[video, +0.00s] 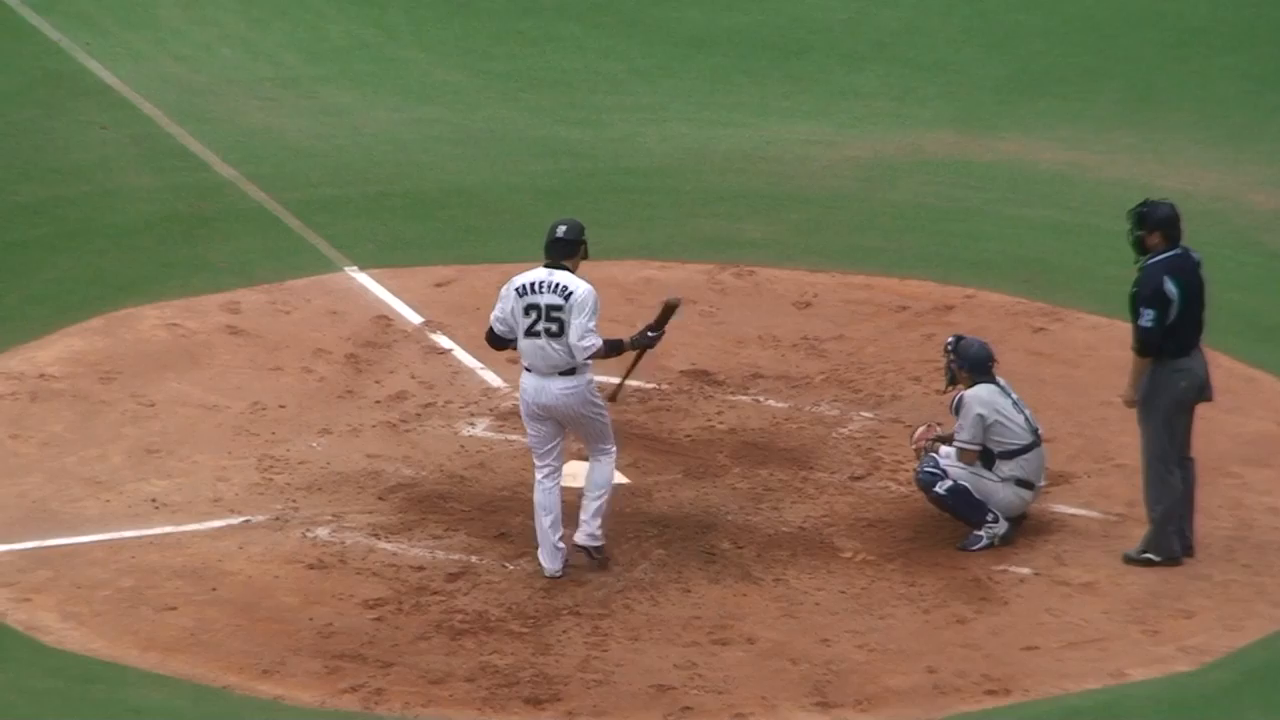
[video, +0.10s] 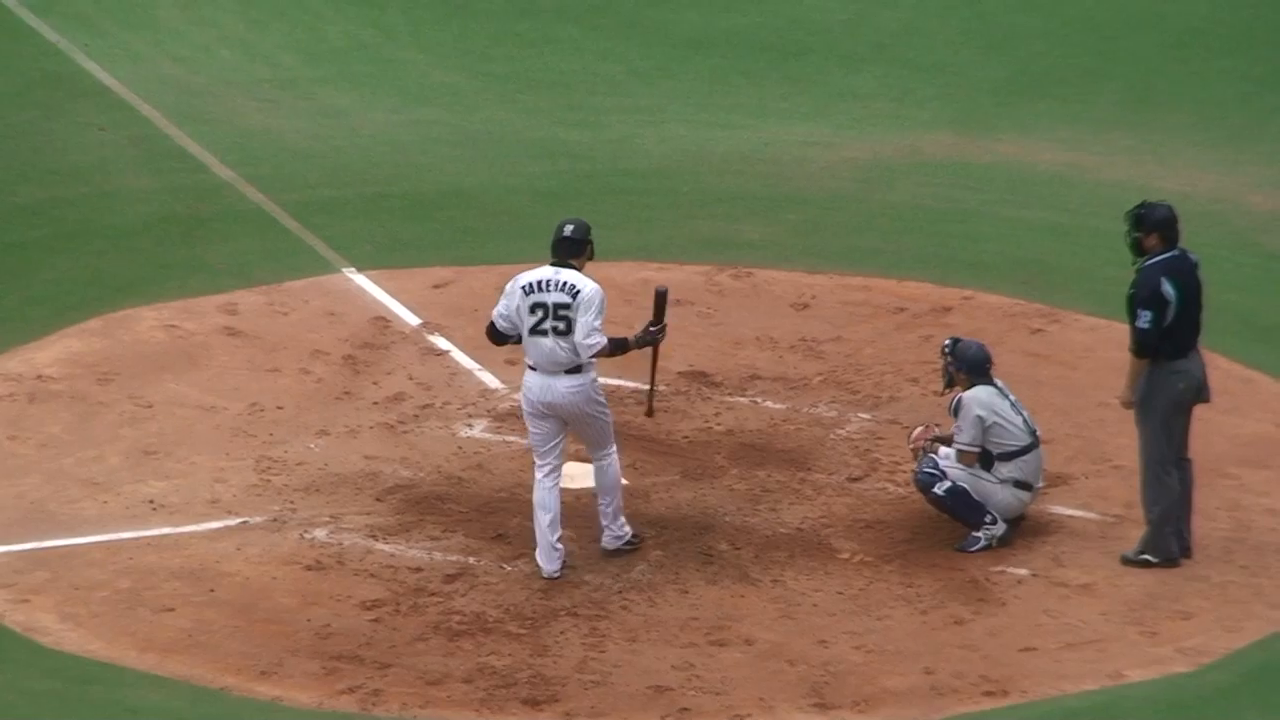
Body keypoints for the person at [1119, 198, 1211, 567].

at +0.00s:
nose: (1138, 236)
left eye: (1142, 231)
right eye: (1139, 229)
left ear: (1155, 236)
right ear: (1170, 233)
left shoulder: (1154, 275)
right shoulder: (1188, 261)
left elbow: (1145, 342)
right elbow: (1190, 323)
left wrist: (1132, 386)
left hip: (1166, 372)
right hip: (1190, 365)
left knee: (1160, 460)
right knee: (1178, 456)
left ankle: (1162, 543)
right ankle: (1179, 536)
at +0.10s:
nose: (1135, 238)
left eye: (1139, 233)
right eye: (1136, 231)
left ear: (1152, 238)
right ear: (1168, 234)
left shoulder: (1150, 277)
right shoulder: (1186, 263)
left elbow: (1142, 344)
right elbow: (1187, 325)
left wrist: (1130, 387)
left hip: (1163, 374)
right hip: (1187, 367)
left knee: (1158, 462)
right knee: (1176, 458)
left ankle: (1159, 544)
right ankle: (1177, 538)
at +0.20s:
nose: (1134, 238)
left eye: (1139, 233)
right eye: (1136, 231)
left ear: (1152, 238)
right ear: (1167, 235)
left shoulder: (1150, 276)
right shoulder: (1185, 262)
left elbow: (1142, 343)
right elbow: (1186, 325)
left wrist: (1129, 387)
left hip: (1163, 374)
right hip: (1187, 367)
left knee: (1157, 462)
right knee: (1175, 458)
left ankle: (1159, 545)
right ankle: (1176, 538)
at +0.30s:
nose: (1134, 237)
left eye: (1139, 232)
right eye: (1136, 231)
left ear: (1152, 238)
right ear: (1167, 234)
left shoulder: (1150, 275)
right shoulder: (1185, 262)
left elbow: (1142, 342)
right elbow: (1186, 324)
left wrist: (1129, 386)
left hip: (1163, 373)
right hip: (1187, 366)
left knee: (1158, 461)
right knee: (1176, 457)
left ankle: (1159, 545)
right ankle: (1177, 538)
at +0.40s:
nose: (1135, 237)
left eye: (1139, 232)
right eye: (1136, 230)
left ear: (1152, 237)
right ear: (1168, 234)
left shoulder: (1150, 276)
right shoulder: (1186, 261)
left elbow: (1142, 343)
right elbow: (1187, 324)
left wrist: (1129, 386)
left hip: (1163, 373)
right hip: (1187, 366)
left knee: (1158, 461)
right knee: (1176, 457)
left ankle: (1160, 544)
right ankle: (1178, 537)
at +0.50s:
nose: (1136, 237)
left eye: (1140, 232)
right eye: (1137, 231)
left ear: (1153, 238)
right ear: (1168, 235)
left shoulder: (1152, 276)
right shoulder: (1186, 262)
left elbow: (1143, 342)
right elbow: (1187, 323)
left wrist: (1129, 386)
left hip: (1164, 374)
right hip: (1188, 367)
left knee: (1158, 461)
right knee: (1177, 457)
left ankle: (1161, 545)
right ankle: (1179, 538)